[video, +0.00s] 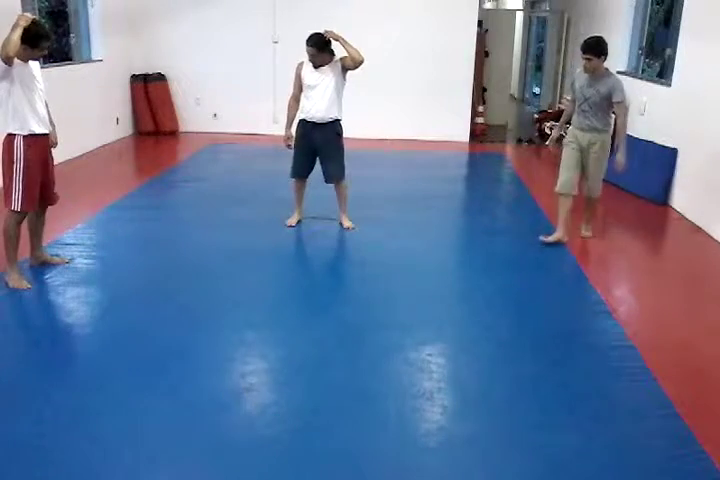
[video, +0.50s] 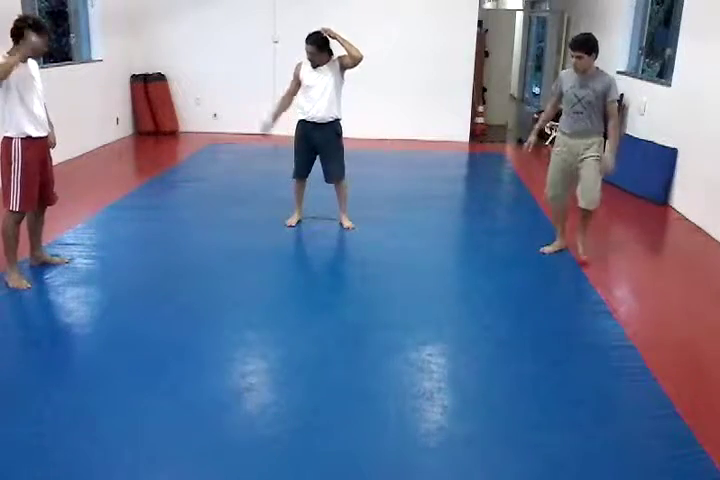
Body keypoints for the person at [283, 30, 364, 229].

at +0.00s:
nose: (309, 57)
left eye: (312, 54)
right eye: (308, 54)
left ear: (324, 52)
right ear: (308, 51)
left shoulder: (339, 65)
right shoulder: (303, 67)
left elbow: (358, 60)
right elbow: (295, 98)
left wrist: (339, 39)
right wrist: (288, 129)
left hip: (330, 127)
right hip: (305, 126)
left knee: (338, 176)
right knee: (299, 175)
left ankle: (343, 215)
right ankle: (298, 212)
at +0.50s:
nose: (308, 56)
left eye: (311, 53)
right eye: (307, 52)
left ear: (324, 52)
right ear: (307, 50)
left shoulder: (338, 65)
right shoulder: (302, 68)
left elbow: (356, 57)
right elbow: (289, 95)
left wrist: (336, 37)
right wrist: (273, 119)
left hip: (330, 127)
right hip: (305, 127)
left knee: (338, 176)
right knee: (300, 175)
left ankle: (343, 214)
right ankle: (297, 212)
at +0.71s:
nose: (308, 56)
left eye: (311, 52)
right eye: (306, 52)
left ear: (323, 51)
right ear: (307, 50)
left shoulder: (338, 65)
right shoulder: (301, 67)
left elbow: (358, 64)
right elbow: (274, 84)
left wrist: (339, 40)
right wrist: (243, 86)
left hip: (331, 128)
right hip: (307, 127)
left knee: (339, 176)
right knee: (301, 175)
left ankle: (343, 214)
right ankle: (297, 212)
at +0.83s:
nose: (309, 55)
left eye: (312, 52)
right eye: (307, 51)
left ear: (325, 49)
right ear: (305, 49)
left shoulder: (339, 64)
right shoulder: (300, 66)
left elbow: (363, 79)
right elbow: (274, 80)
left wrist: (354, 54)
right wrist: (242, 79)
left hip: (332, 128)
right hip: (307, 128)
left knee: (339, 176)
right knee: (301, 175)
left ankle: (343, 214)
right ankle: (297, 212)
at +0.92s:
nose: (315, 56)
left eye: (318, 51)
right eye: (311, 52)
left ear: (327, 48)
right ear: (306, 51)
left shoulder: (339, 66)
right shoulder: (299, 68)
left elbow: (364, 86)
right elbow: (271, 81)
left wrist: (367, 63)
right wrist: (243, 77)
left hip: (332, 128)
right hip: (306, 128)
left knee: (339, 177)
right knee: (300, 175)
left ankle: (343, 214)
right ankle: (297, 212)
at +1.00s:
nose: (319, 55)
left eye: (322, 50)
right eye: (315, 52)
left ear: (328, 47)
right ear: (307, 51)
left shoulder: (339, 66)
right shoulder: (298, 68)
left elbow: (366, 83)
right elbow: (271, 79)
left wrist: (380, 69)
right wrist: (242, 74)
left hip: (332, 129)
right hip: (306, 128)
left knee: (338, 176)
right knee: (301, 174)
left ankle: (343, 215)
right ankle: (297, 213)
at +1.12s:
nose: (321, 54)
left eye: (323, 50)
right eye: (316, 51)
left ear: (329, 46)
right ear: (309, 49)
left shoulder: (339, 65)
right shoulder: (299, 66)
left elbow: (370, 76)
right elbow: (269, 74)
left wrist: (401, 71)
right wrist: (237, 69)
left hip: (331, 129)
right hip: (306, 128)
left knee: (338, 176)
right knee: (300, 174)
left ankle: (343, 215)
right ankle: (297, 213)